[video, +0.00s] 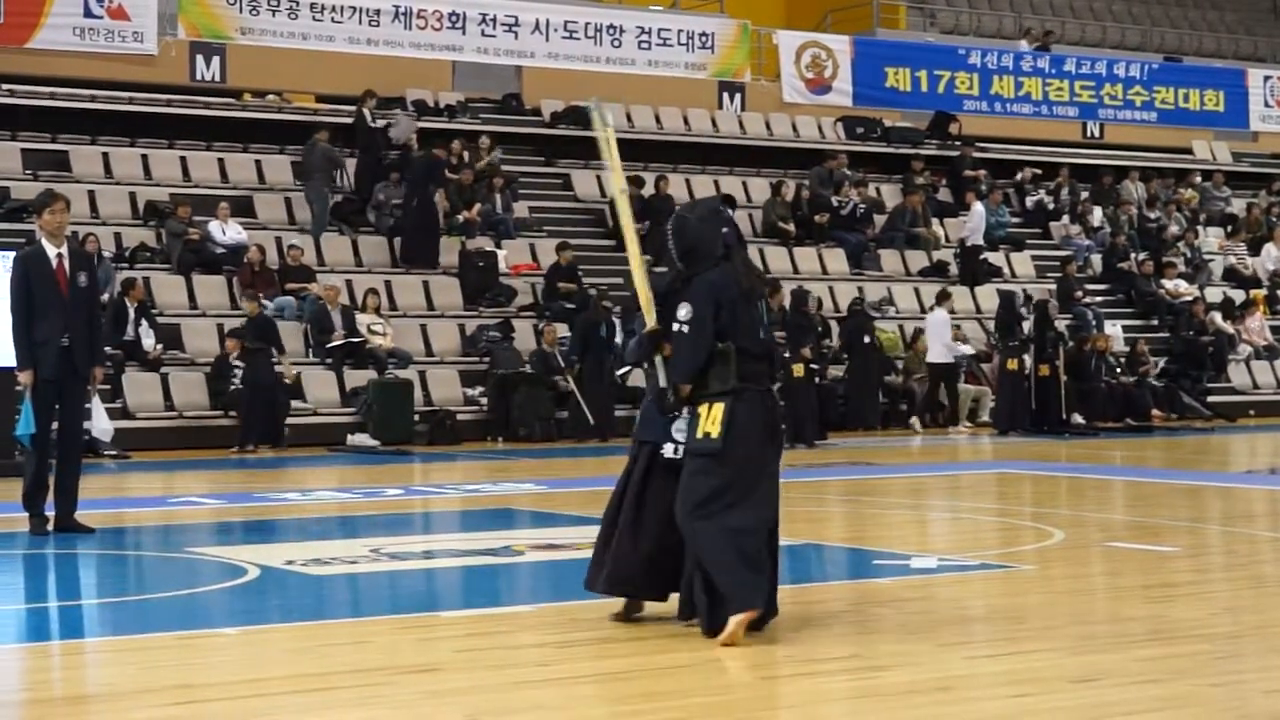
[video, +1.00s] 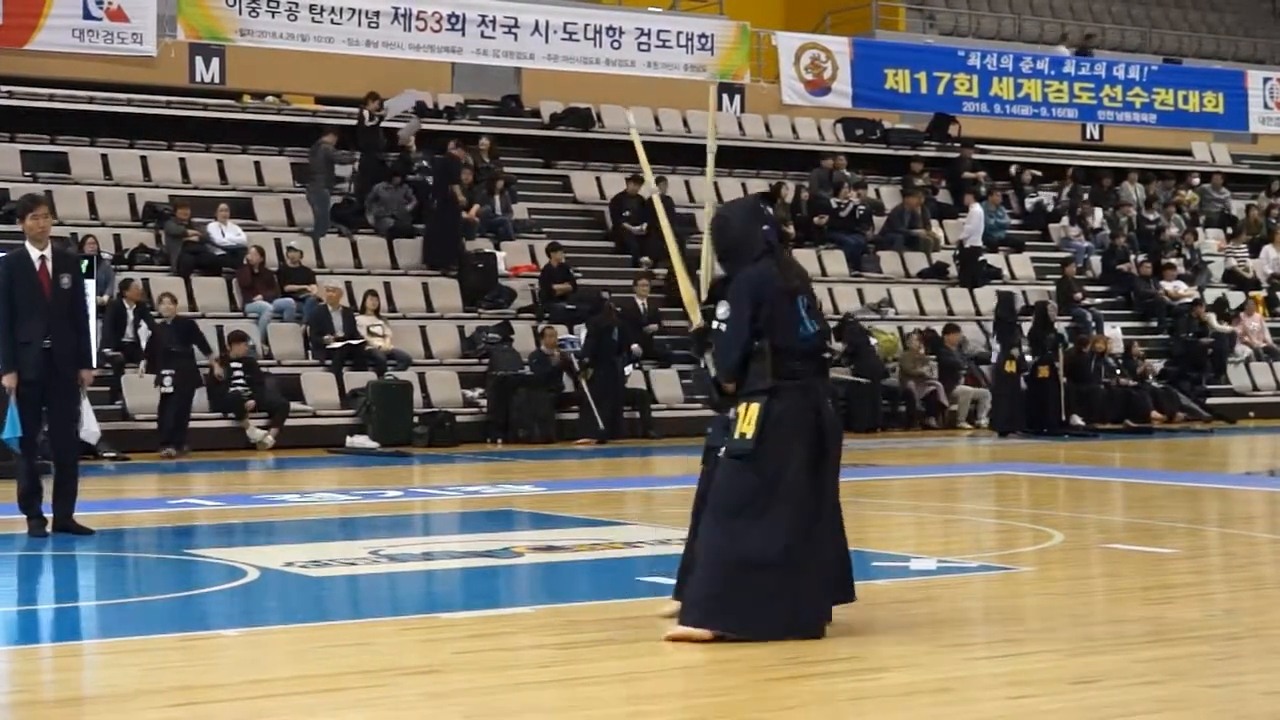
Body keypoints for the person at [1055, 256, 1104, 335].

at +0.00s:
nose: (1074, 267)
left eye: (1075, 265)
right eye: (1071, 265)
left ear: (1076, 266)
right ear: (1066, 267)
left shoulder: (1074, 279)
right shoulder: (1064, 280)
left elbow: (1084, 289)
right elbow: (1076, 295)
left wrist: (1081, 293)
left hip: (1079, 303)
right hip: (1069, 305)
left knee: (1098, 313)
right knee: (1086, 314)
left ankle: (1101, 336)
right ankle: (1089, 338)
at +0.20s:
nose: (1074, 269)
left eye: (1074, 266)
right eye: (1071, 266)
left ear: (1075, 267)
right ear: (1066, 268)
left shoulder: (1074, 280)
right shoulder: (1062, 281)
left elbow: (1084, 291)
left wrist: (1080, 294)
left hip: (1079, 304)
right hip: (1068, 306)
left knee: (1098, 314)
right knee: (1085, 314)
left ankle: (1100, 337)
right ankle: (1088, 339)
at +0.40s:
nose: (1074, 269)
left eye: (1074, 266)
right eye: (1071, 266)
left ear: (1076, 267)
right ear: (1066, 268)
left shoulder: (1074, 280)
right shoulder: (1063, 281)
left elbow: (1084, 290)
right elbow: (1076, 296)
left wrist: (1080, 294)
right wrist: (1083, 292)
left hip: (1079, 304)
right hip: (1068, 306)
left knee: (1098, 314)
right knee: (1085, 315)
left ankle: (1100, 338)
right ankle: (1088, 339)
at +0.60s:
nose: (1073, 269)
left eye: (1074, 266)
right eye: (1071, 266)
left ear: (1075, 267)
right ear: (1065, 268)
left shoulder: (1074, 280)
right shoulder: (1062, 281)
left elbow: (1085, 292)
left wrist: (1080, 294)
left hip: (1079, 304)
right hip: (1068, 306)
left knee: (1098, 314)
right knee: (1085, 315)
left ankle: (1100, 337)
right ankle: (1089, 339)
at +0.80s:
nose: (1074, 269)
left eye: (1074, 266)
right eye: (1071, 266)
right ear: (1065, 268)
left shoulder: (1074, 280)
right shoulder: (1062, 281)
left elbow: (1085, 292)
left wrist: (1080, 294)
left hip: (1079, 304)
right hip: (1068, 306)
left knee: (1098, 314)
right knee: (1085, 315)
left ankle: (1100, 337)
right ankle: (1089, 339)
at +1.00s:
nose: (1074, 269)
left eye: (1074, 267)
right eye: (1072, 267)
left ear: (1076, 268)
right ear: (1065, 268)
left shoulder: (1074, 280)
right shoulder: (1062, 282)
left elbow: (1085, 292)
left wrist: (1081, 295)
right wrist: (1084, 292)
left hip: (1079, 304)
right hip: (1068, 306)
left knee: (1098, 315)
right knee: (1086, 315)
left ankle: (1101, 338)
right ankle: (1089, 339)